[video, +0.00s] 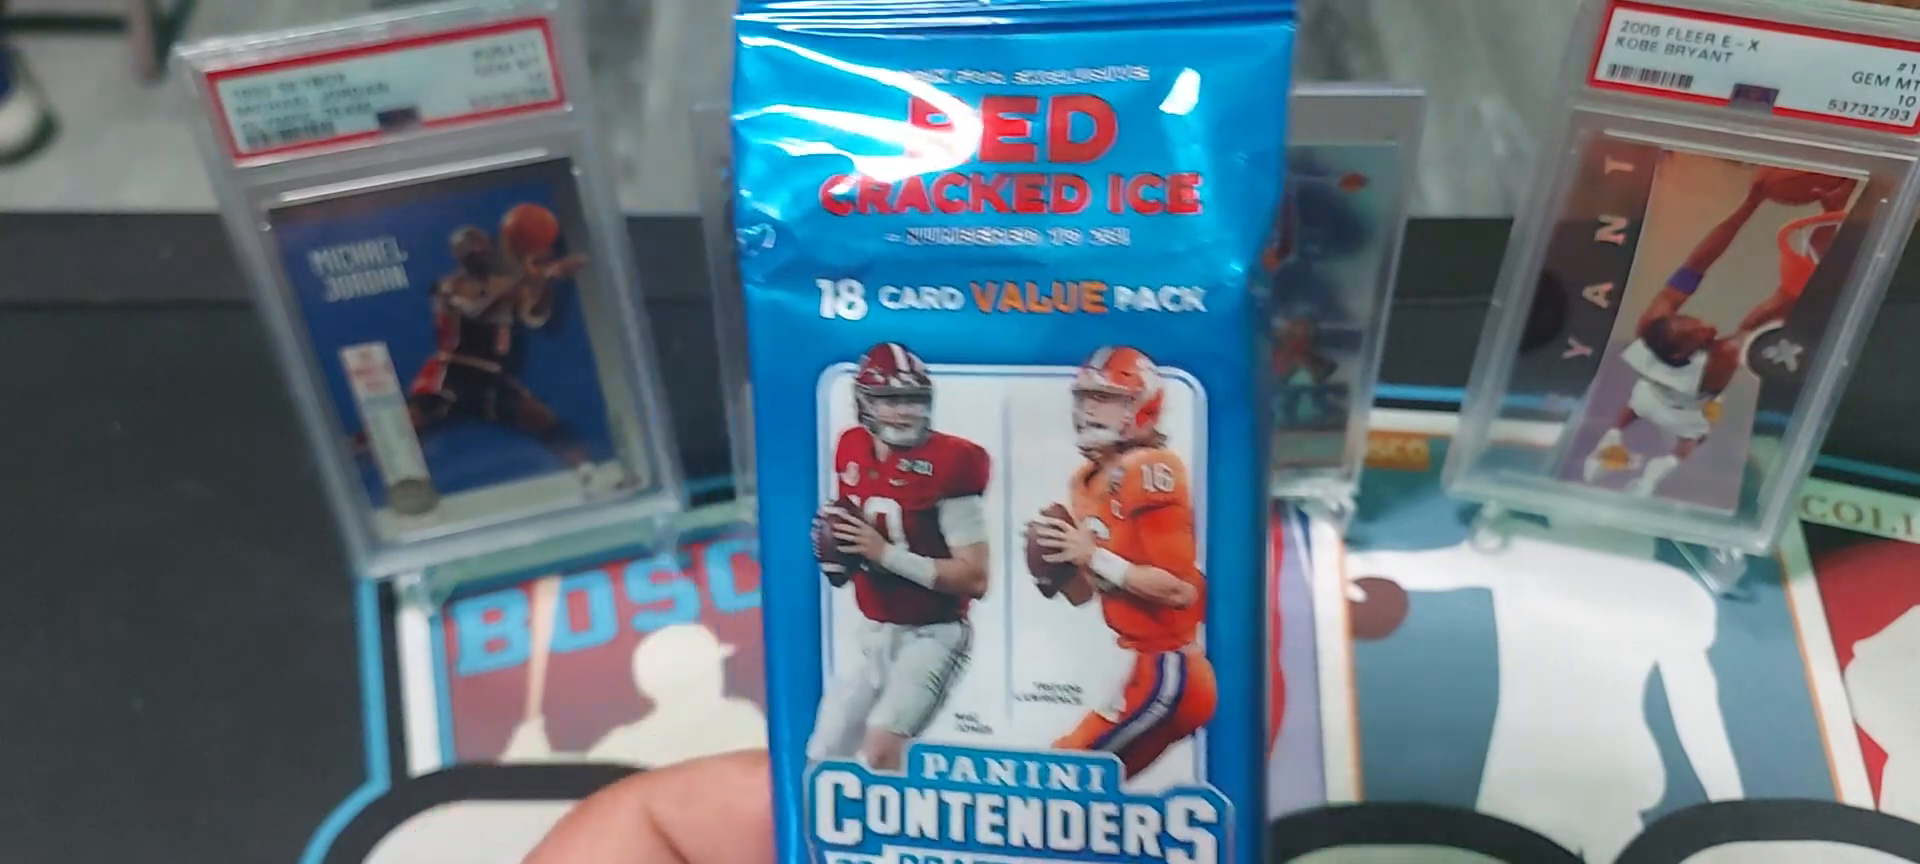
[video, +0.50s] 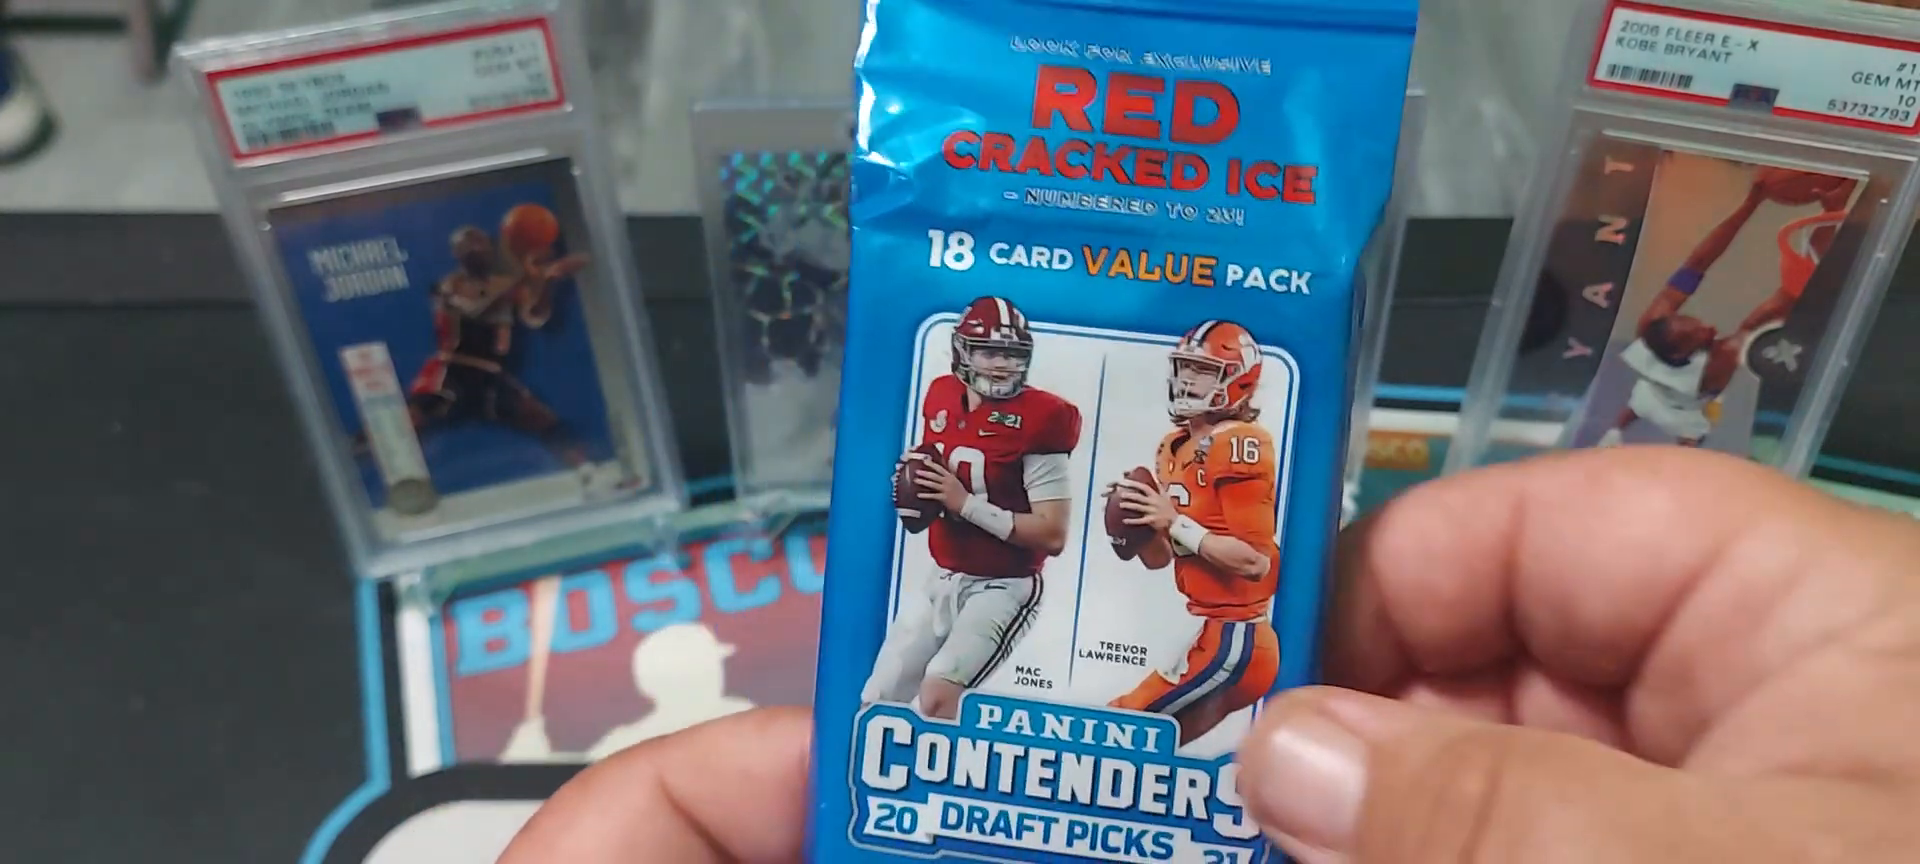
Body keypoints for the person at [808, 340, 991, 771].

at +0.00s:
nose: (904, 412)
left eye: (914, 400)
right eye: (890, 400)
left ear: (928, 402)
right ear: (865, 403)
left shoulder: (956, 461)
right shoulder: (852, 447)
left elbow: (975, 577)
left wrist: (885, 553)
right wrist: (832, 543)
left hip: (935, 635)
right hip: (871, 632)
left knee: (881, 748)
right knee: (823, 757)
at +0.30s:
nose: (959, 402)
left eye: (968, 391)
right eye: (946, 391)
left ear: (982, 394)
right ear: (919, 393)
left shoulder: (1004, 453)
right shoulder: (901, 436)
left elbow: (1021, 570)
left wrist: (932, 544)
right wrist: (877, 527)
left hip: (977, 626)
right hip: (910, 621)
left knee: (916, 738)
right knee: (858, 743)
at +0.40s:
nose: (979, 379)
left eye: (990, 367)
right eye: (967, 367)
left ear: (1004, 371)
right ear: (941, 369)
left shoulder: (1025, 429)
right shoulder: (923, 409)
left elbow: (1035, 547)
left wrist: (947, 517)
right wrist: (895, 494)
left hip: (991, 600)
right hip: (927, 594)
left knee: (926, 707)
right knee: (867, 712)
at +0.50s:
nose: (1003, 364)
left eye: (1014, 354)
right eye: (989, 352)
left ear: (1026, 358)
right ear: (963, 352)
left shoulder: (1045, 417)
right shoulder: (942, 394)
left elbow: (1053, 534)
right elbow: (933, 469)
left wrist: (966, 504)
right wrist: (911, 480)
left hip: (1006, 588)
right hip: (941, 580)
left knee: (937, 697)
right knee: (878, 698)